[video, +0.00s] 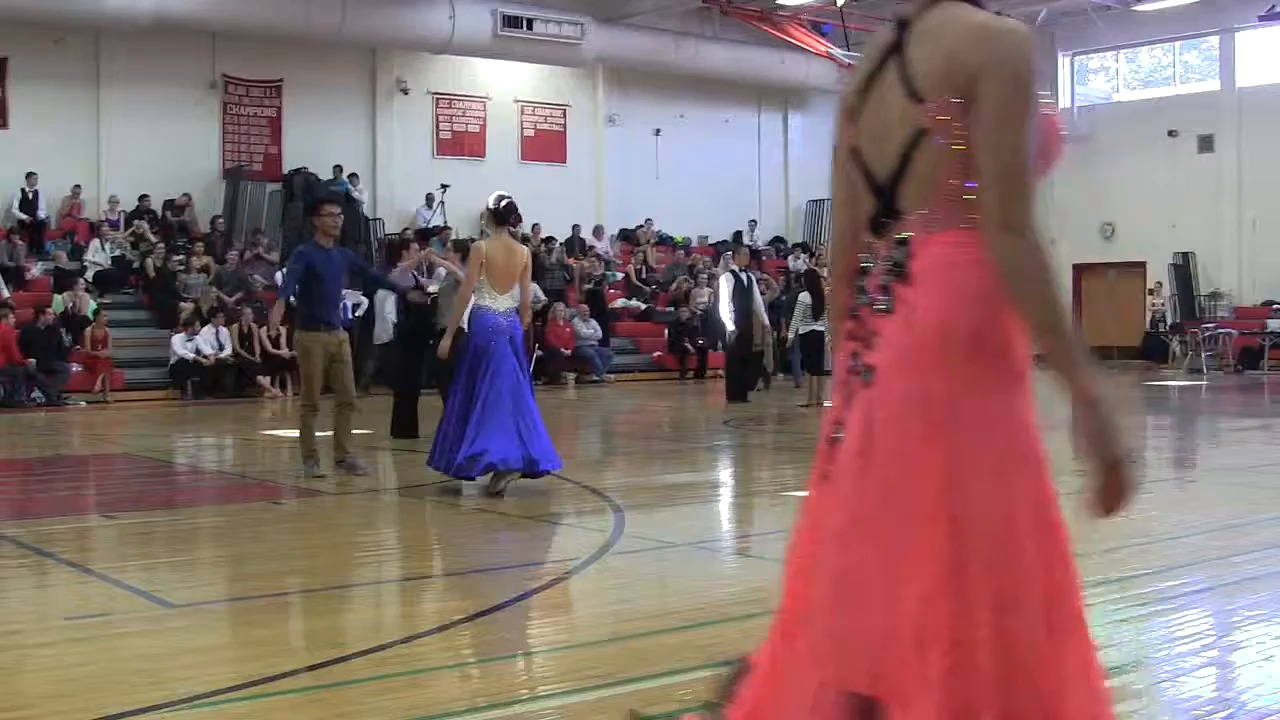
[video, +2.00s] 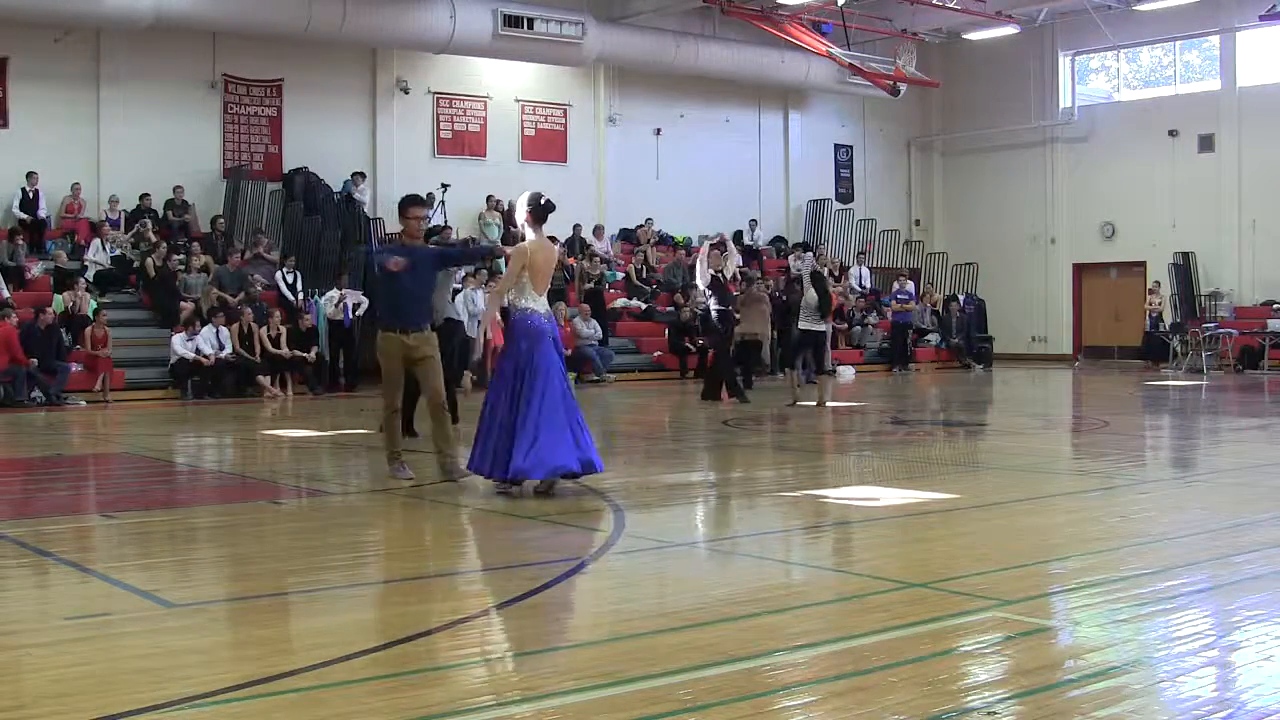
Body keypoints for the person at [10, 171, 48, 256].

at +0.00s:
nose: (35, 181)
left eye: (36, 179)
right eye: (33, 179)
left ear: (37, 180)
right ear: (28, 180)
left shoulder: (39, 193)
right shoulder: (20, 192)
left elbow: (42, 210)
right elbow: (14, 209)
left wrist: (39, 217)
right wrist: (25, 217)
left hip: (36, 218)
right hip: (24, 219)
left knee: (42, 224)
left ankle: (40, 248)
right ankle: (32, 248)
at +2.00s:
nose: (36, 181)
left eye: (37, 178)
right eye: (34, 178)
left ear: (38, 180)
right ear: (28, 179)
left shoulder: (39, 193)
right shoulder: (20, 192)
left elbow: (42, 208)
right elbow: (15, 209)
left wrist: (41, 216)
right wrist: (25, 217)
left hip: (36, 217)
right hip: (25, 217)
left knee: (42, 223)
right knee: (33, 226)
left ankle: (40, 248)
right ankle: (32, 248)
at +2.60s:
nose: (36, 181)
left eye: (37, 179)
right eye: (34, 178)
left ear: (38, 180)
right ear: (28, 179)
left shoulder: (39, 193)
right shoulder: (20, 192)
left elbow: (42, 208)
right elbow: (15, 209)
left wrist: (42, 216)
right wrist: (25, 217)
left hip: (36, 217)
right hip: (24, 217)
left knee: (43, 223)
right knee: (33, 226)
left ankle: (39, 248)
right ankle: (32, 249)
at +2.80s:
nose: (37, 181)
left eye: (37, 179)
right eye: (34, 179)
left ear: (38, 180)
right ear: (28, 180)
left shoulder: (39, 193)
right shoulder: (20, 192)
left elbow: (42, 208)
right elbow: (14, 209)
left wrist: (41, 215)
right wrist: (25, 217)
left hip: (36, 216)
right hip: (24, 217)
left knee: (42, 224)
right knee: (34, 227)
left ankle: (39, 248)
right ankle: (32, 248)